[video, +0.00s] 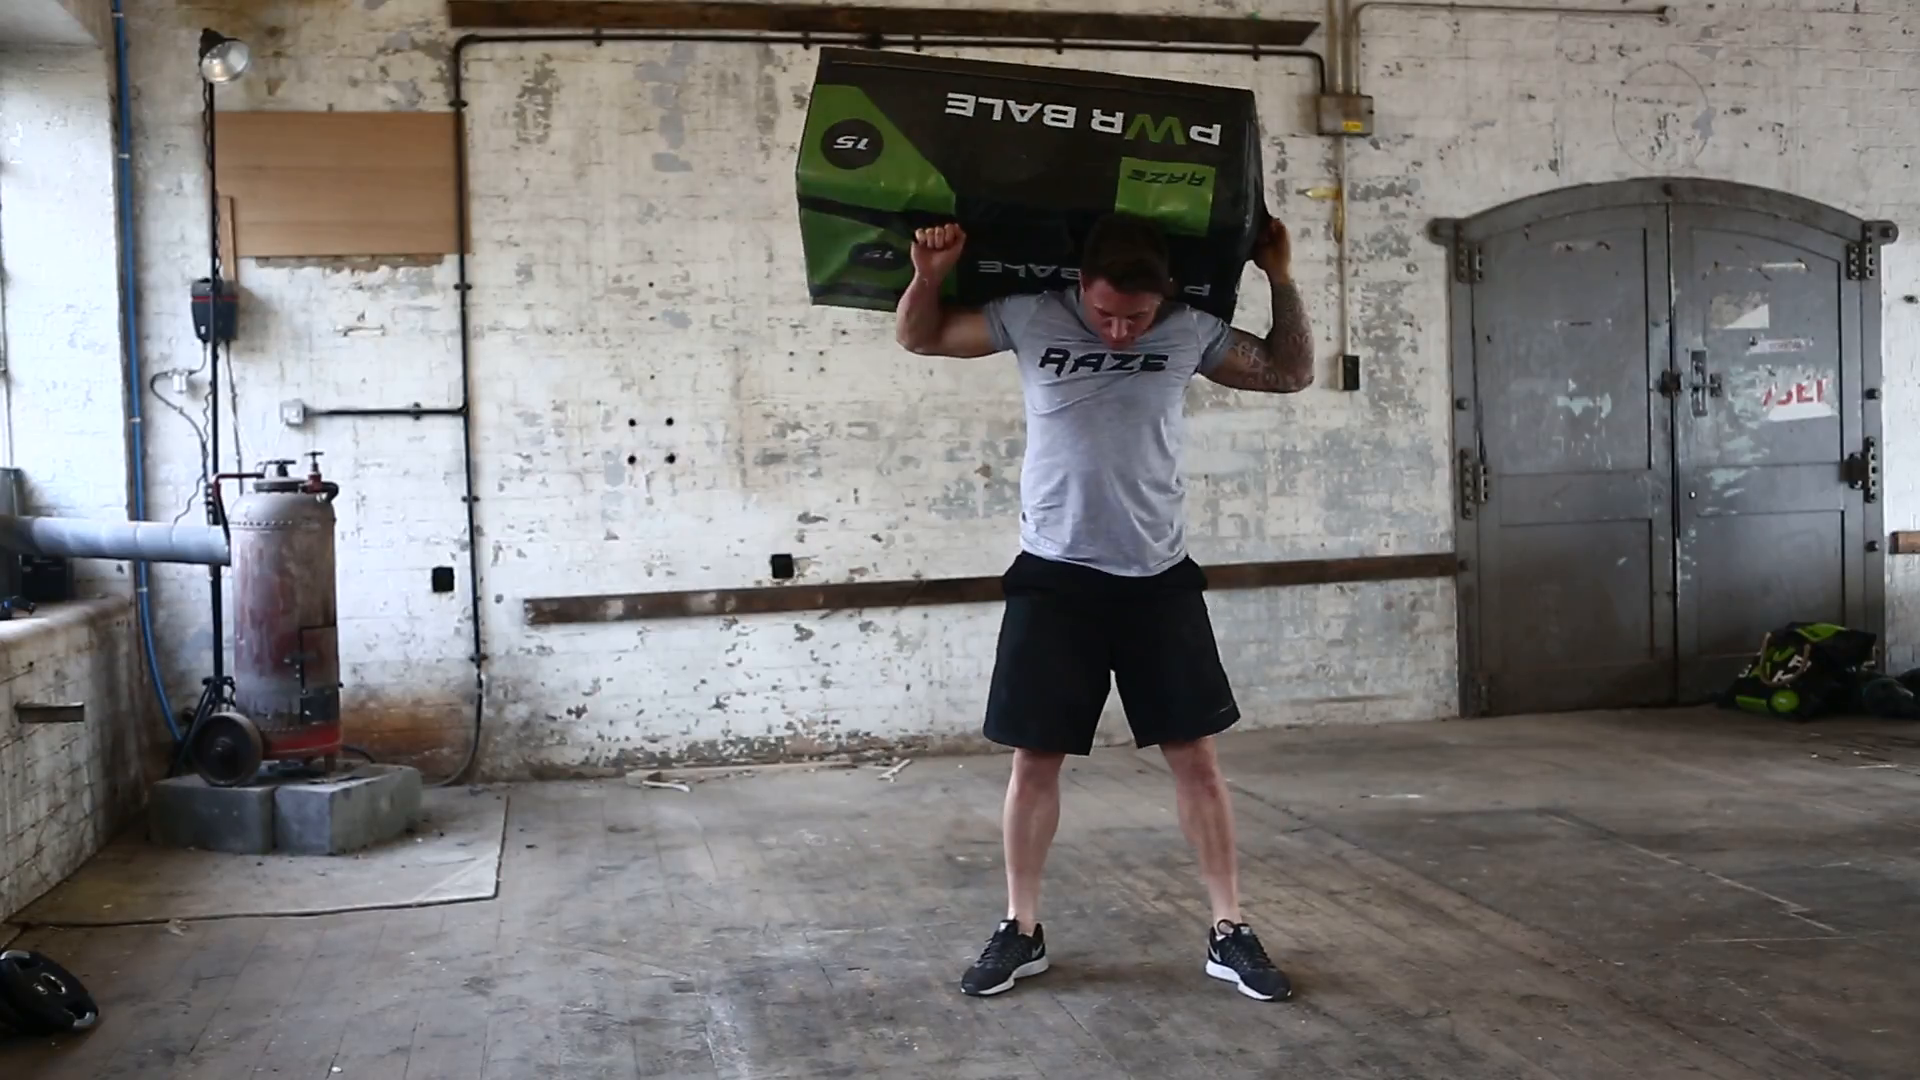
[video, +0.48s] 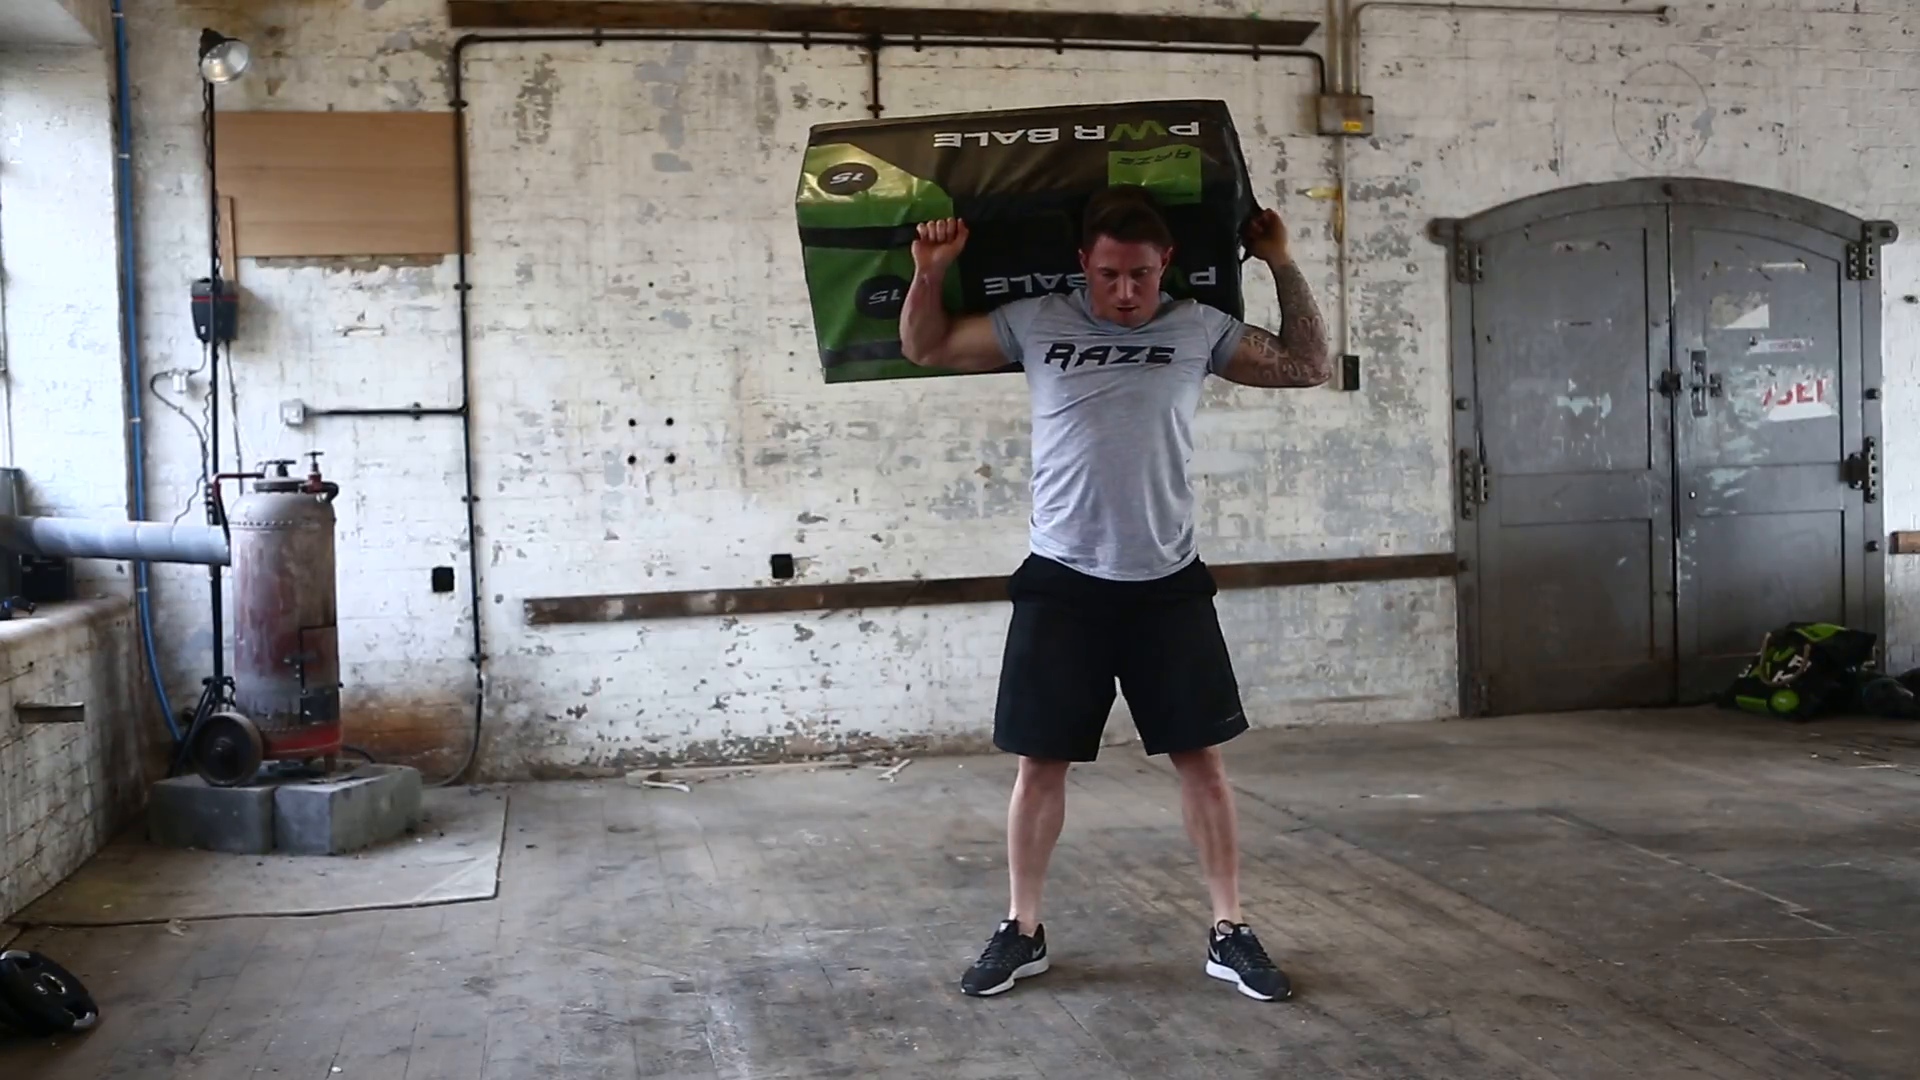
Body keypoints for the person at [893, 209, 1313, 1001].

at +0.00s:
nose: (1122, 329)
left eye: (1139, 316)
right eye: (1109, 313)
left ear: (1163, 295)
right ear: (1082, 285)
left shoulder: (1187, 331)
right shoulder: (1033, 318)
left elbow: (1290, 368)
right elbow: (921, 332)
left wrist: (1280, 273)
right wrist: (928, 272)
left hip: (1159, 582)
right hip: (1056, 581)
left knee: (1194, 756)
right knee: (1035, 760)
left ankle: (1229, 930)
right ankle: (1020, 928)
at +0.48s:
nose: (1126, 292)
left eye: (1142, 276)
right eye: (1111, 275)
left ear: (1165, 269)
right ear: (1085, 265)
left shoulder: (1194, 328)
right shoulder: (1038, 322)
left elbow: (1308, 365)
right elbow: (926, 345)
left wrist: (1281, 260)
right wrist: (929, 270)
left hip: (1167, 583)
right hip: (1061, 582)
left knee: (1199, 759)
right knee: (1039, 764)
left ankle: (1230, 930)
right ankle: (1020, 927)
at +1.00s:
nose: (1054, 340)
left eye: (1068, 327)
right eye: (1041, 325)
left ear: (1107, 301)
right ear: (1027, 305)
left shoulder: (1153, 314)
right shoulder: (1009, 376)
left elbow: (1205, 211)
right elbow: (918, 466)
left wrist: (1093, 189)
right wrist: (889, 412)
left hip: (1182, 580)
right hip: (1074, 588)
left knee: (1225, 760)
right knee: (1033, 764)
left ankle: (1230, 930)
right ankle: (1022, 928)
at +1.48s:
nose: (932, 658)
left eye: (933, 641)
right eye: (919, 650)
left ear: (963, 604)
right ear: (916, 650)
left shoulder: (1035, 570)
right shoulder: (956, 668)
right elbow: (949, 770)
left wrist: (844, 580)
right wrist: (917, 876)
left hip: (1165, 706)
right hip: (1068, 720)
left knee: (1226, 808)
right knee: (981, 797)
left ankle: (1223, 939)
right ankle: (1023, 936)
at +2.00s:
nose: (996, 740)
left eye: (1001, 724)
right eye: (982, 736)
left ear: (1015, 678)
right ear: (947, 714)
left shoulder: (1054, 607)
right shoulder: (955, 721)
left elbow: (1001, 615)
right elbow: (932, 793)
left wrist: (923, 606)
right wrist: (910, 869)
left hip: (1156, 736)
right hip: (1059, 753)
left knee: (1221, 808)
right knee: (969, 813)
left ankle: (1219, 936)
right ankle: (1025, 935)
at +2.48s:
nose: (1038, 728)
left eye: (1042, 714)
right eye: (1022, 727)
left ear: (1059, 667)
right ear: (986, 696)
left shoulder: (1090, 618)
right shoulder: (980, 698)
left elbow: (1111, 588)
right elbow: (957, 770)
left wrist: (1001, 591)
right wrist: (931, 845)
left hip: (1164, 750)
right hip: (1069, 763)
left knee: (1237, 803)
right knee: (978, 809)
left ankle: (1221, 936)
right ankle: (1025, 935)